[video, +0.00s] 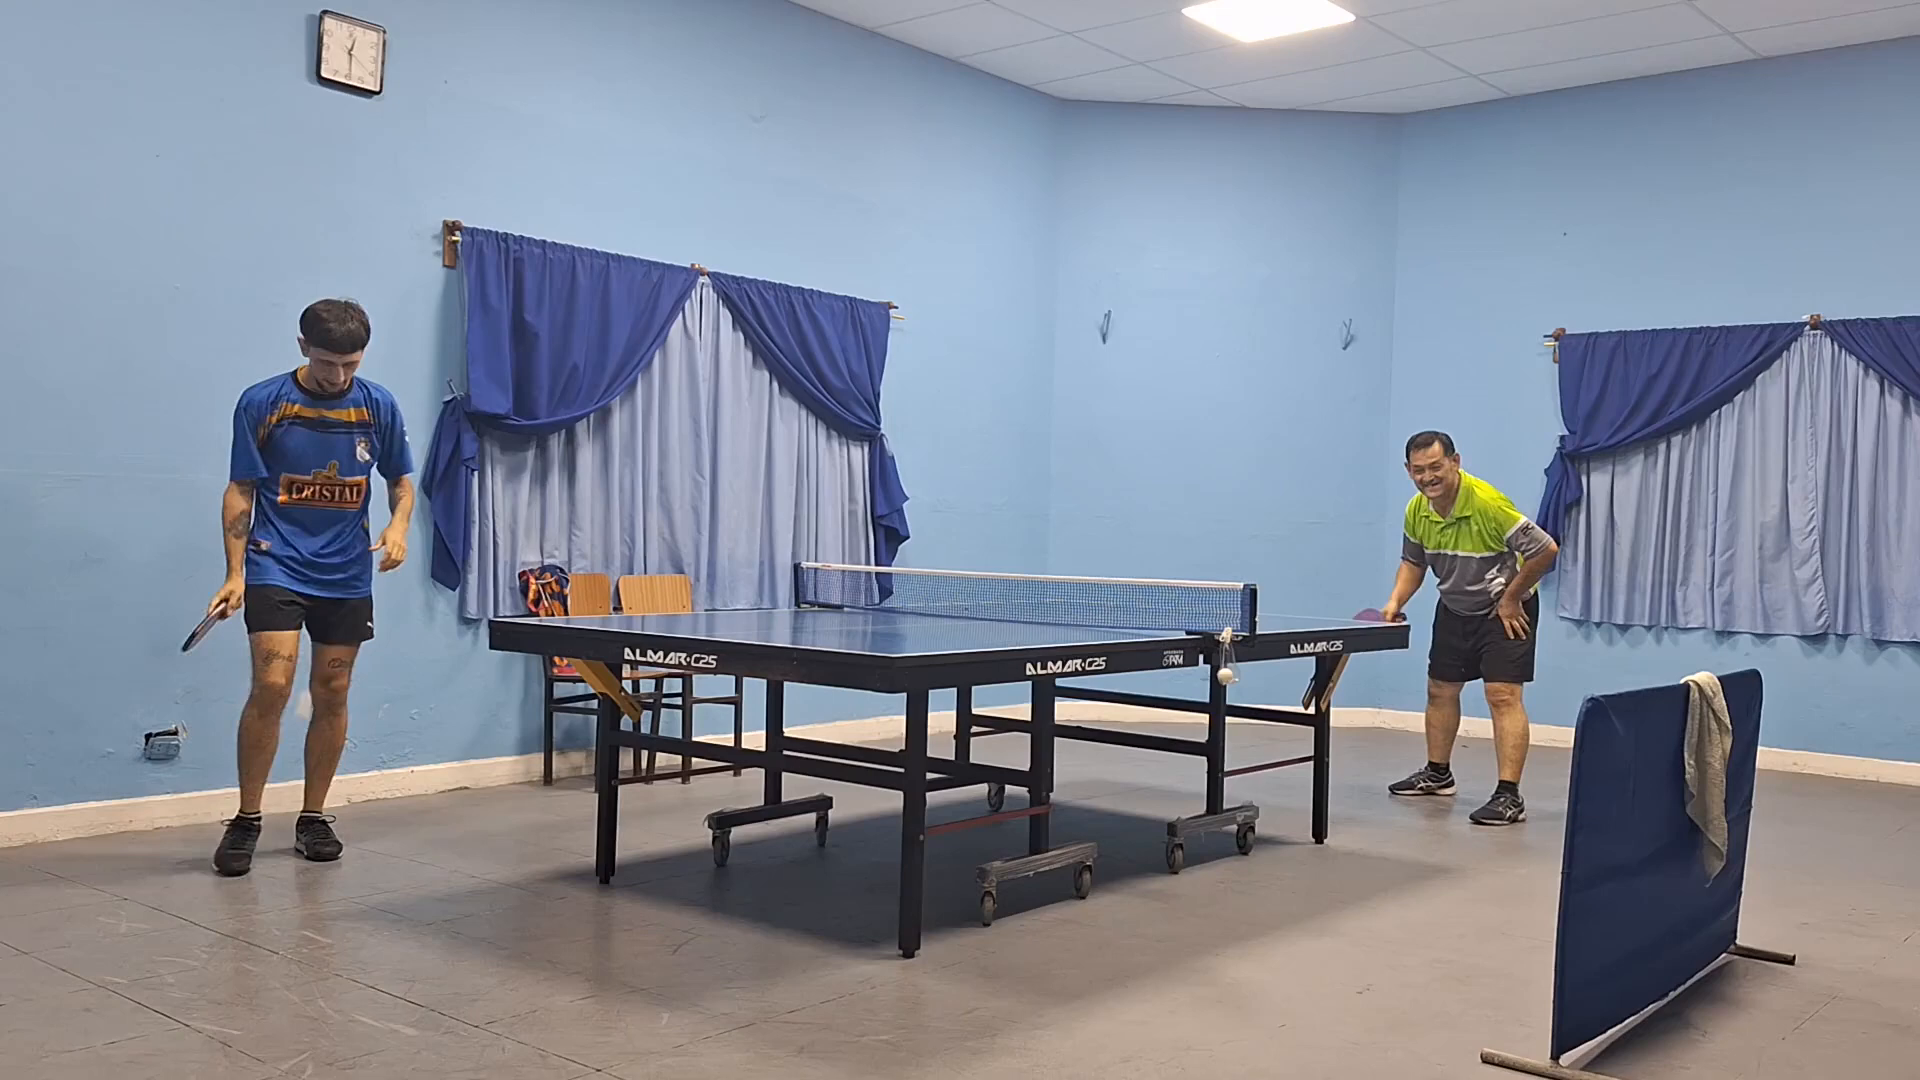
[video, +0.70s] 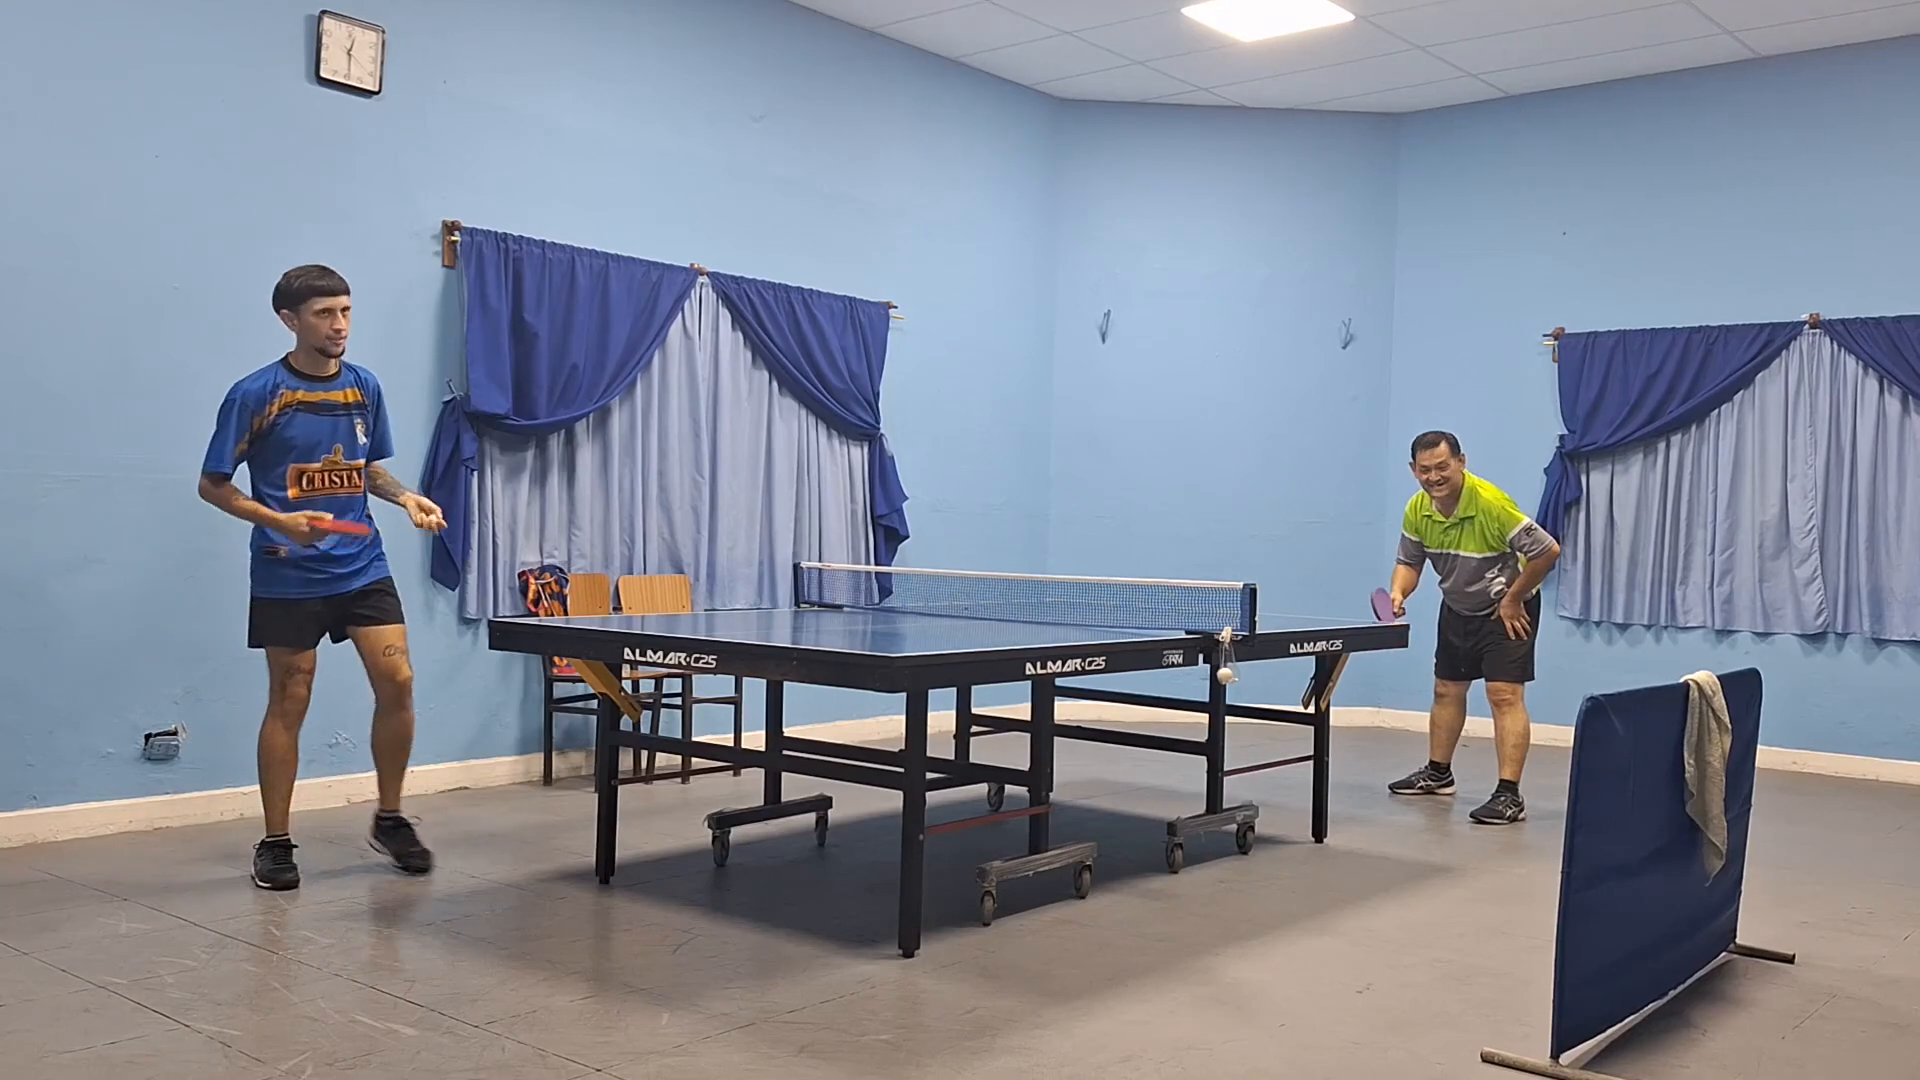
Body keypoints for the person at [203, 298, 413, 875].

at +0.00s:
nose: (339, 377)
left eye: (350, 365)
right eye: (327, 364)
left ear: (363, 356)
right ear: (303, 347)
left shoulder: (379, 407)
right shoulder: (261, 404)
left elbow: (401, 479)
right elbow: (240, 490)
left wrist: (399, 524)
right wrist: (235, 573)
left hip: (345, 569)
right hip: (275, 564)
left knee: (333, 690)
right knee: (273, 683)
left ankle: (314, 818)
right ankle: (247, 820)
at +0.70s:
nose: (339, 324)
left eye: (344, 312)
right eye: (325, 314)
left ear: (350, 315)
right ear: (290, 321)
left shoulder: (363, 386)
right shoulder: (255, 394)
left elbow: (368, 468)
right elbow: (212, 484)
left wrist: (407, 496)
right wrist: (277, 519)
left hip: (362, 564)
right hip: (289, 574)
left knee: (397, 681)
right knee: (290, 698)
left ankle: (390, 818)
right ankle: (277, 842)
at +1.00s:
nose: (394, 330)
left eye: (397, 320)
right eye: (381, 320)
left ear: (397, 326)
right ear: (340, 325)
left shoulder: (409, 396)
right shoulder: (298, 399)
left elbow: (447, 471)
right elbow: (258, 496)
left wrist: (483, 523)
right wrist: (336, 500)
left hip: (389, 570)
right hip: (314, 577)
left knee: (421, 687)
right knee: (307, 704)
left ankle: (463, 828)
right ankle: (278, 844)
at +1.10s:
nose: (429, 350)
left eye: (432, 340)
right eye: (417, 340)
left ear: (429, 343)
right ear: (376, 338)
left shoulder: (441, 411)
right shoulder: (322, 406)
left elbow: (481, 484)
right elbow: (285, 500)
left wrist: (511, 536)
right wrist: (361, 503)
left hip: (406, 580)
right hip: (329, 584)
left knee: (435, 695)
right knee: (318, 710)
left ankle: (468, 841)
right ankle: (279, 843)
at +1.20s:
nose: (479, 372)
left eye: (481, 361)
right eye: (469, 360)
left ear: (455, 364)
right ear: (426, 356)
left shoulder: (475, 430)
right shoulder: (359, 415)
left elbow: (511, 506)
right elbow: (312, 506)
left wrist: (537, 556)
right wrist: (387, 513)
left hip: (428, 591)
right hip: (348, 592)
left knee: (455, 694)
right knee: (329, 724)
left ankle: (476, 848)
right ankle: (279, 845)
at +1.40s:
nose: (556, 408)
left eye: (558, 397)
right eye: (551, 395)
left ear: (523, 390)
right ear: (515, 387)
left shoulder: (522, 453)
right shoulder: (419, 426)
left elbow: (531, 531)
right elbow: (371, 510)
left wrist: (553, 569)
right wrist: (444, 539)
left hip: (446, 586)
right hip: (370, 586)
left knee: (472, 701)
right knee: (340, 718)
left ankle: (476, 848)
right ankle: (284, 841)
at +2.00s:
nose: (483, 412)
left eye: (488, 400)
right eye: (472, 400)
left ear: (489, 397)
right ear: (432, 393)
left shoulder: (485, 451)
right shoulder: (363, 440)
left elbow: (531, 525)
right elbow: (334, 532)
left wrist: (521, 562)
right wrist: (395, 545)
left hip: (428, 586)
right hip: (343, 585)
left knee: (470, 695)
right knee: (300, 717)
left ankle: (478, 846)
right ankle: (246, 846)